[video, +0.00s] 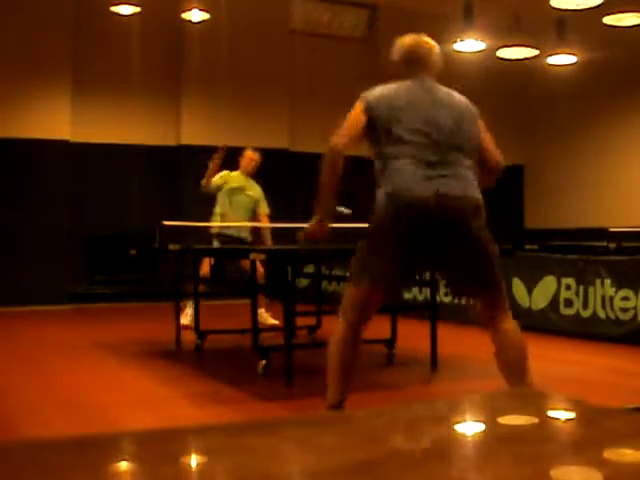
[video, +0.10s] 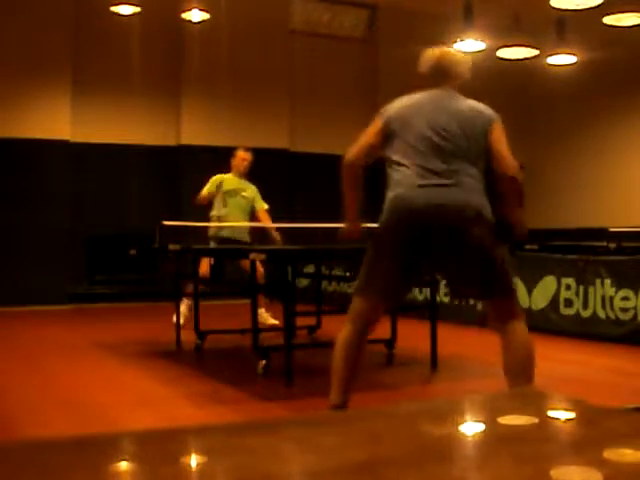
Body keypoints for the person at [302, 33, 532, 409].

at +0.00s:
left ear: (396, 65)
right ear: (437, 65)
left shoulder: (376, 99)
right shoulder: (461, 105)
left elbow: (336, 147)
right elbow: (494, 162)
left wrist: (323, 215)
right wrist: (468, 194)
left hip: (398, 217)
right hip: (461, 216)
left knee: (352, 314)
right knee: (498, 315)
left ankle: (334, 403)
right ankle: (524, 401)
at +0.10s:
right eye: (464, 73)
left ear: (423, 76)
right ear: (461, 78)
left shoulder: (398, 108)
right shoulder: (484, 115)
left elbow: (353, 159)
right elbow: (509, 171)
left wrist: (352, 218)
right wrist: (515, 219)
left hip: (404, 217)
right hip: (467, 217)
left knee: (360, 315)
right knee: (509, 317)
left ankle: (336, 404)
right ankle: (524, 409)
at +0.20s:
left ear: (466, 84)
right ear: (503, 88)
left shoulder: (437, 113)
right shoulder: (513, 120)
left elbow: (384, 154)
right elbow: (518, 164)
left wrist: (370, 213)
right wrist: (545, 228)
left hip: (414, 212)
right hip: (475, 216)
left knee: (379, 313)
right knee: (516, 323)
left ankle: (342, 402)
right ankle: (525, 414)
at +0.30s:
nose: (555, 103)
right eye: (553, 97)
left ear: (508, 94)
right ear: (546, 98)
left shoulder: (476, 122)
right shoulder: (543, 123)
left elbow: (418, 153)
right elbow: (540, 160)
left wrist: (379, 194)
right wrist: (567, 229)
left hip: (435, 213)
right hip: (491, 216)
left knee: (399, 319)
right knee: (528, 324)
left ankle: (349, 402)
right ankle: (529, 415)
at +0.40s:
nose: (587, 116)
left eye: (587, 109)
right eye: (585, 110)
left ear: (541, 108)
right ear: (575, 110)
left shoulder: (505, 133)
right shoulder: (572, 135)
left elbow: (446, 154)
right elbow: (570, 173)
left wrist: (393, 184)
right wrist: (592, 242)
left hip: (458, 215)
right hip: (512, 218)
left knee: (437, 315)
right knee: (536, 330)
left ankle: (374, 391)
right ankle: (529, 416)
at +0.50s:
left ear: (563, 123)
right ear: (600, 133)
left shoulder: (530, 142)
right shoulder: (597, 152)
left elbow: (473, 159)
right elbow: (602, 204)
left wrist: (412, 187)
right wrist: (618, 271)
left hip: (482, 212)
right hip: (536, 219)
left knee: (480, 304)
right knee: (545, 329)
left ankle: (453, 384)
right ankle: (533, 408)